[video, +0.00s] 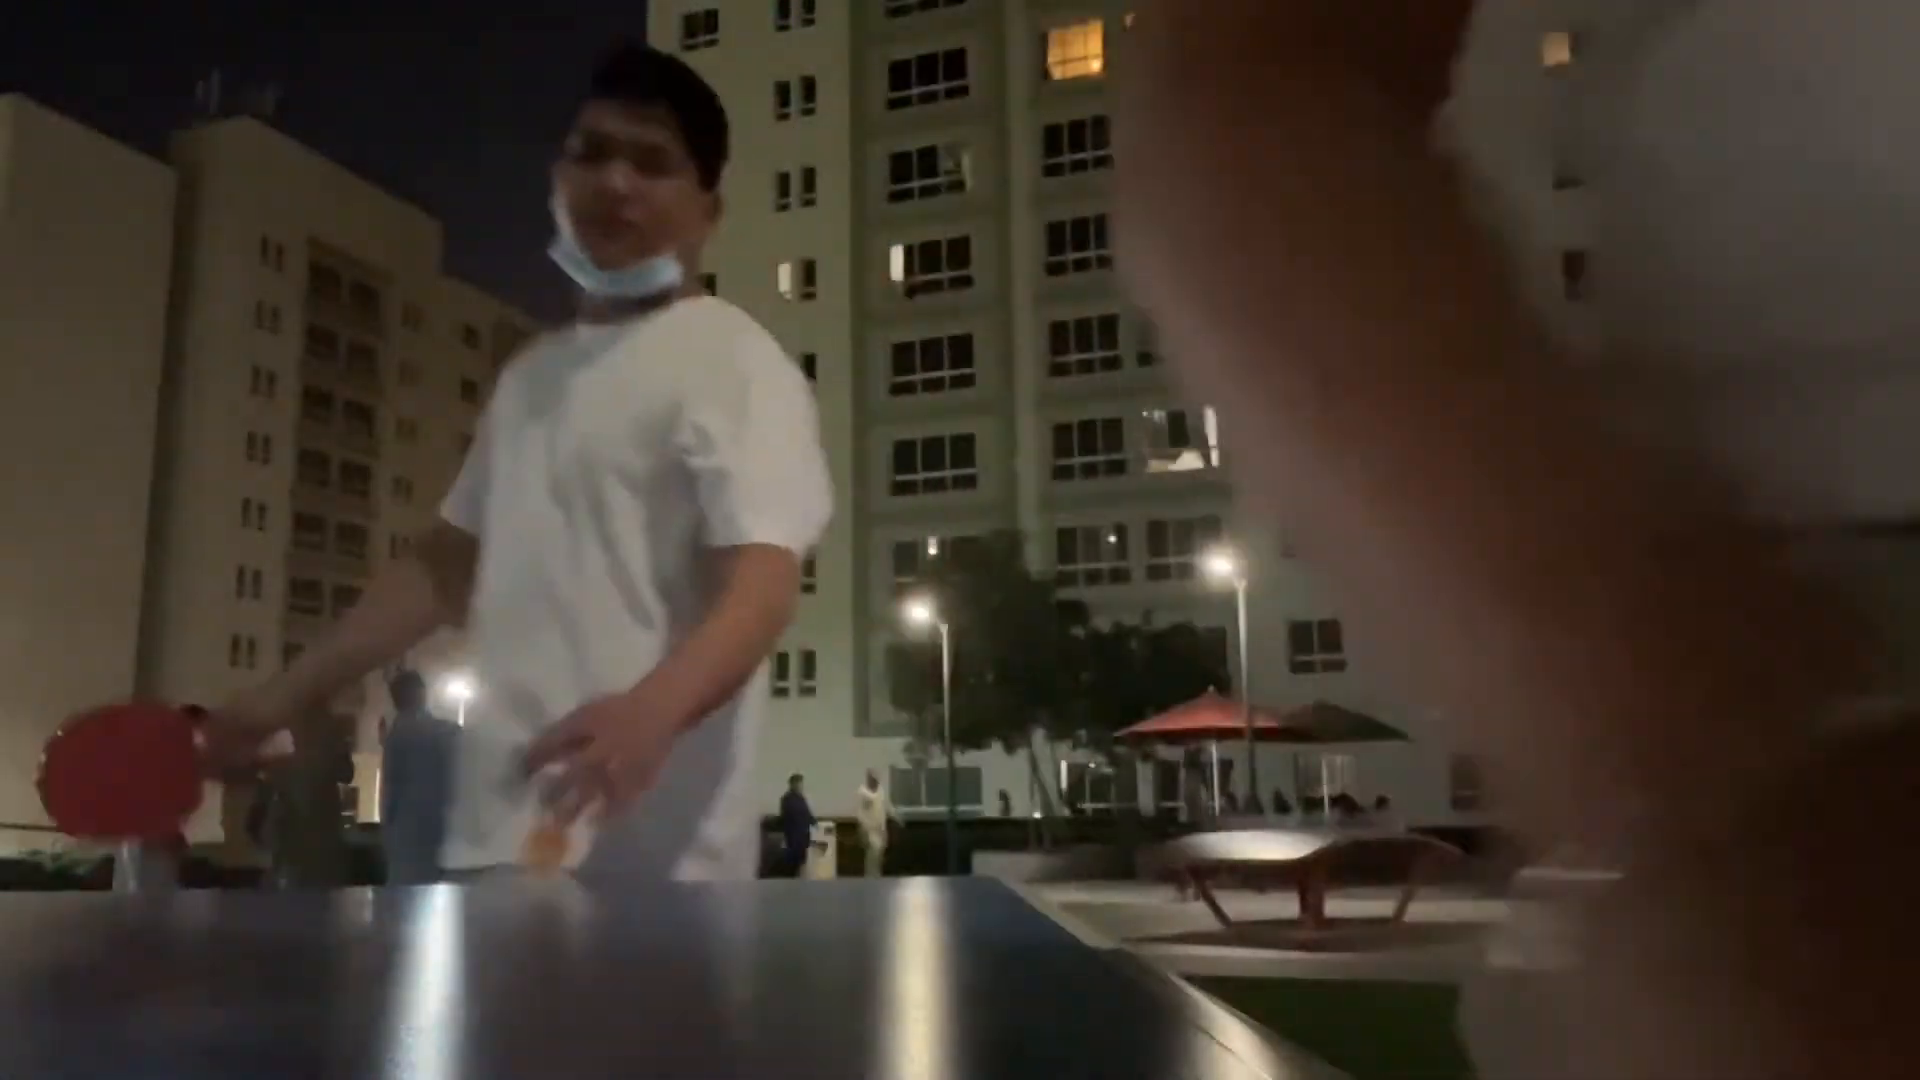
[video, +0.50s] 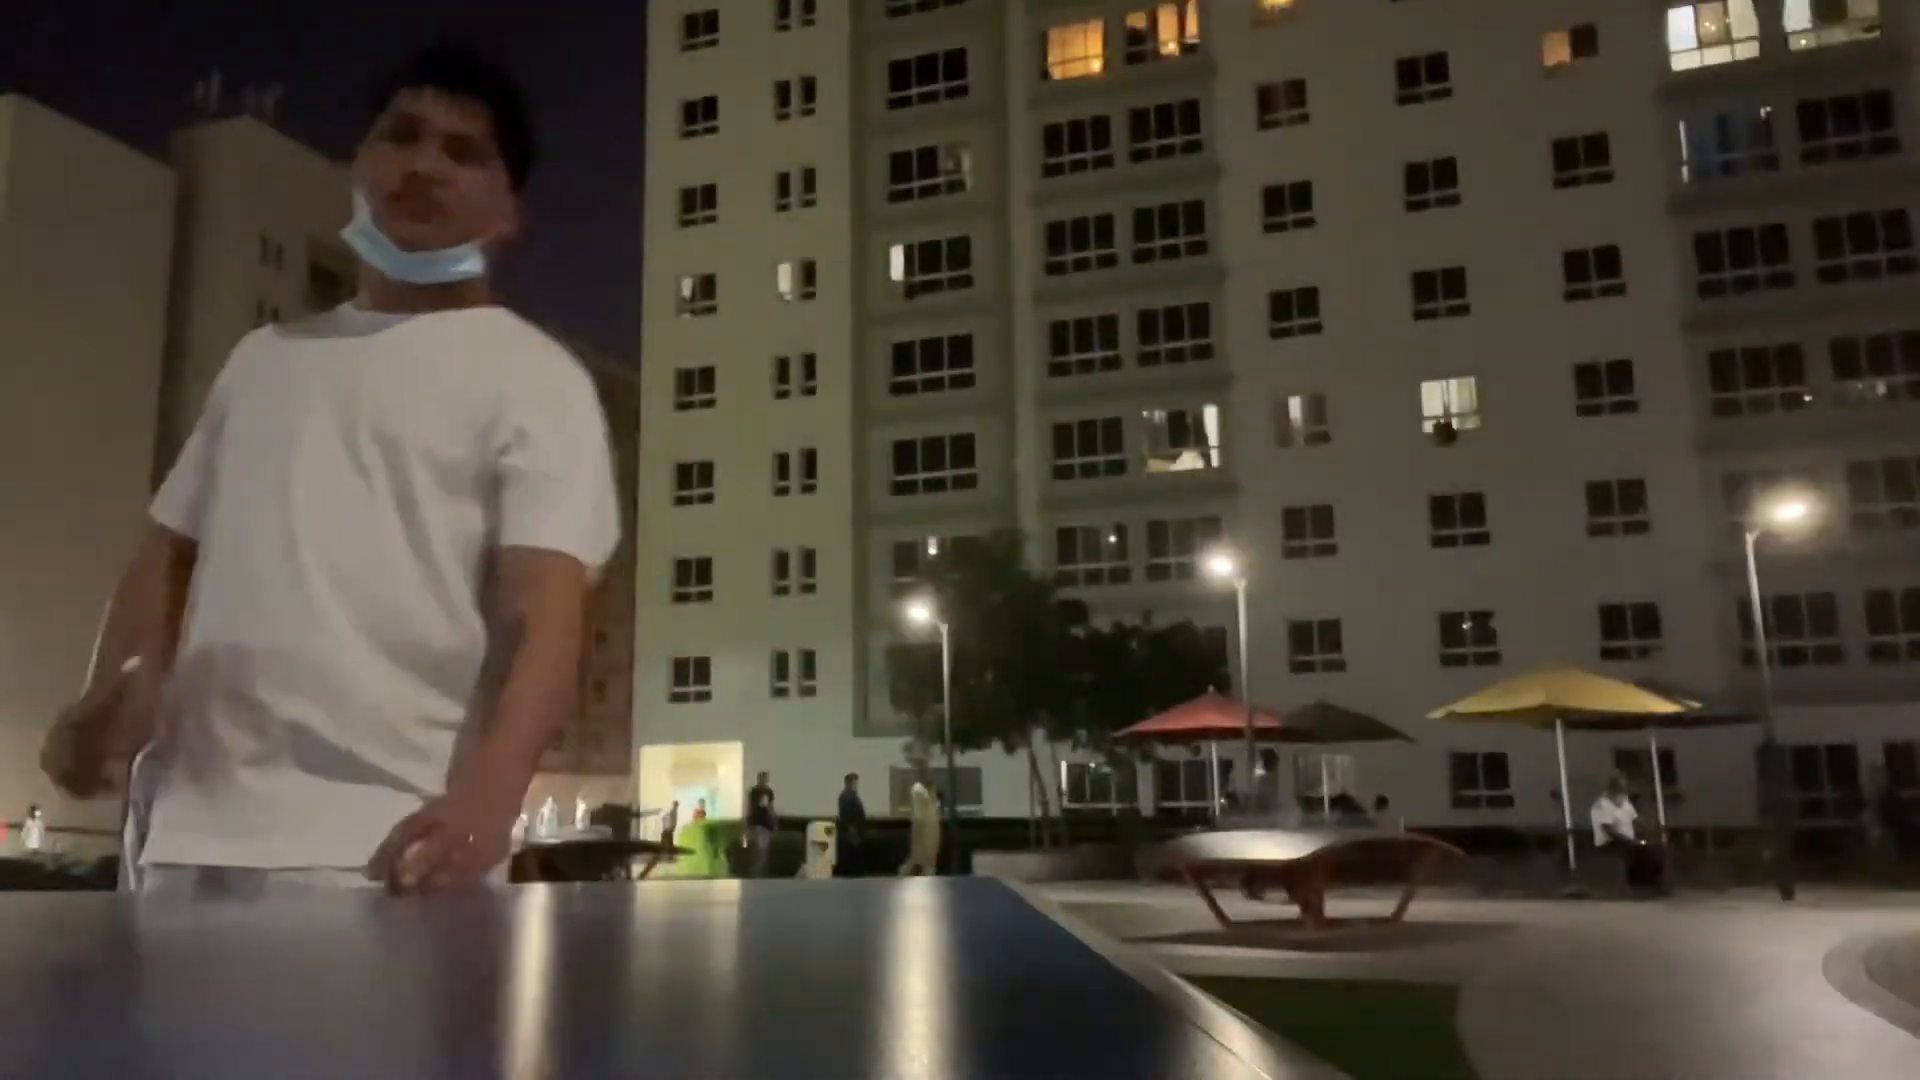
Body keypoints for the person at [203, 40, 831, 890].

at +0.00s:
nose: (612, 185)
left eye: (651, 164)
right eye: (591, 155)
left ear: (707, 205)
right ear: (556, 179)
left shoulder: (731, 361)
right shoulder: (533, 374)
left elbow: (763, 590)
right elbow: (440, 567)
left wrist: (651, 715)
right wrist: (276, 704)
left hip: (655, 855)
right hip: (498, 837)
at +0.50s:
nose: (424, 166)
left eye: (463, 152)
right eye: (402, 136)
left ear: (507, 213)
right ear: (356, 169)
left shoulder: (531, 377)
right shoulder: (262, 359)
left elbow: (547, 629)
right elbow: (167, 552)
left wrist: (482, 809)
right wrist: (121, 690)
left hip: (383, 861)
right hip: (190, 844)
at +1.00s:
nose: (567, 282)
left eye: (593, 263)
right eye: (542, 261)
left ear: (630, 292)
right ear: (505, 287)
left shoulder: (681, 467)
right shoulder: (415, 435)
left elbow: (725, 658)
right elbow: (346, 630)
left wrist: (759, 810)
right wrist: (289, 817)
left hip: (594, 852)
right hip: (416, 847)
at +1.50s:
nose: (534, 255)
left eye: (561, 238)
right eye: (507, 231)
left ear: (594, 277)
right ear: (463, 265)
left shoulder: (650, 452)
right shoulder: (365, 414)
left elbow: (692, 644)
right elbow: (282, 584)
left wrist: (647, 753)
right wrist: (426, 719)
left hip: (579, 863)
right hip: (387, 859)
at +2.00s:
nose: (645, 157)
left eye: (686, 136)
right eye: (628, 129)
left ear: (755, 190)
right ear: (600, 158)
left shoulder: (779, 369)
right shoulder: (570, 353)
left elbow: (774, 611)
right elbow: (512, 572)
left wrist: (594, 761)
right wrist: (444, 752)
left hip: (686, 865)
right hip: (522, 852)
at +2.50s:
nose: (399, 212)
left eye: (434, 180)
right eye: (380, 187)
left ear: (519, 214)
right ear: (364, 214)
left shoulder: (606, 382)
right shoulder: (379, 411)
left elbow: (598, 608)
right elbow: (309, 598)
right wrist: (166, 678)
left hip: (572, 869)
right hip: (400, 872)